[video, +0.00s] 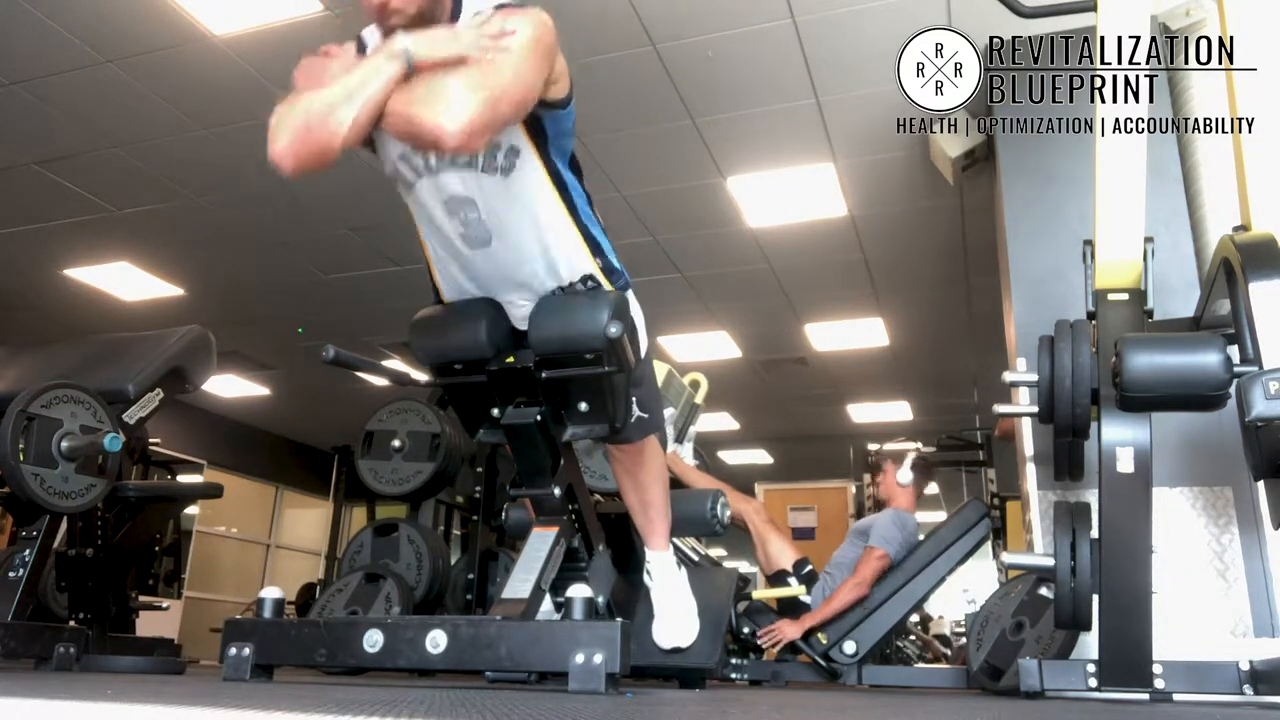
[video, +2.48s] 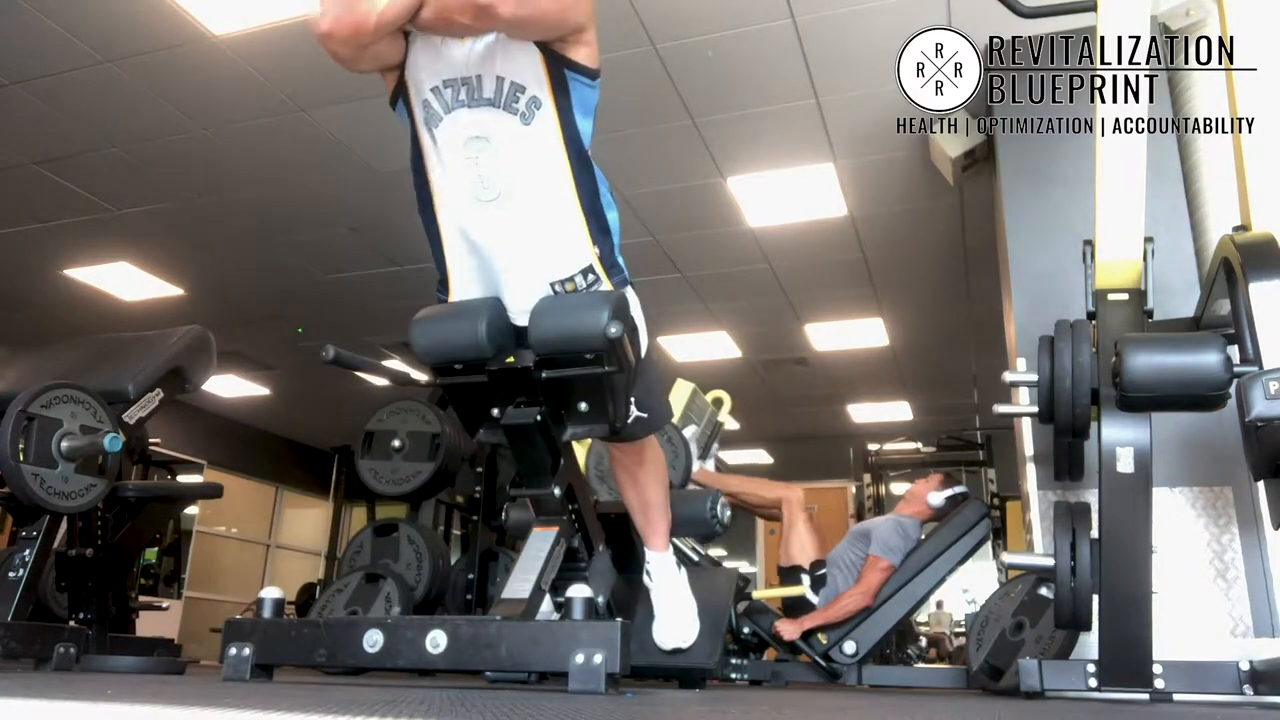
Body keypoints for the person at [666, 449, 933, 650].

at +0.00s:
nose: (880, 478)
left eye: (885, 472)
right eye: (883, 472)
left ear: (902, 478)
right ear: (909, 481)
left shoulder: (893, 522)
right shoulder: (900, 522)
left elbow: (861, 585)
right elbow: (862, 584)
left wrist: (801, 624)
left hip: (810, 604)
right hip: (815, 599)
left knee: (752, 508)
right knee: (754, 512)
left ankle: (670, 460)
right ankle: (680, 467)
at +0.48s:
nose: (912, 476)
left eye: (921, 476)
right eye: (920, 473)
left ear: (926, 494)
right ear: (926, 497)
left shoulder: (897, 526)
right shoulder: (903, 526)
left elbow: (863, 592)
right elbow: (869, 592)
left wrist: (803, 624)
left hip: (812, 606)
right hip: (816, 602)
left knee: (780, 502)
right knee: (782, 504)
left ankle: (690, 468)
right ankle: (702, 475)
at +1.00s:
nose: (919, 479)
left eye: (928, 479)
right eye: (927, 477)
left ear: (933, 498)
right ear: (935, 504)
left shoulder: (896, 528)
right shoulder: (906, 527)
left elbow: (865, 593)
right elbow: (865, 591)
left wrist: (801, 624)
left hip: (818, 607)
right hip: (825, 601)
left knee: (825, 498)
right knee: (825, 503)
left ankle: (722, 495)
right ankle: (731, 503)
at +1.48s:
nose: (920, 481)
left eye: (929, 480)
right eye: (928, 478)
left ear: (933, 498)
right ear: (934, 501)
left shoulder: (898, 528)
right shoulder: (901, 526)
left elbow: (865, 594)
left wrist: (801, 624)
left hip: (813, 604)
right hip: (816, 601)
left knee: (843, 499)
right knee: (838, 504)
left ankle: (738, 508)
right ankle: (748, 518)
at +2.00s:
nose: (919, 480)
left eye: (929, 480)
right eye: (928, 477)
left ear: (932, 498)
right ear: (934, 503)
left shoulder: (896, 529)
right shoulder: (904, 526)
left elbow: (865, 595)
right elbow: (865, 592)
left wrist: (801, 623)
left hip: (817, 607)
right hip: (824, 600)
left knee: (828, 497)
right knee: (828, 502)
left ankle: (728, 496)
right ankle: (737, 505)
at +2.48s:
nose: (919, 479)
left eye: (928, 480)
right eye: (927, 477)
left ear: (930, 498)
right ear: (932, 505)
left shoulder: (895, 528)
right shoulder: (902, 526)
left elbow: (865, 595)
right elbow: (865, 592)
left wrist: (801, 624)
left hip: (812, 602)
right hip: (818, 596)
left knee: (794, 497)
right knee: (794, 504)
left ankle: (698, 472)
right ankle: (717, 486)